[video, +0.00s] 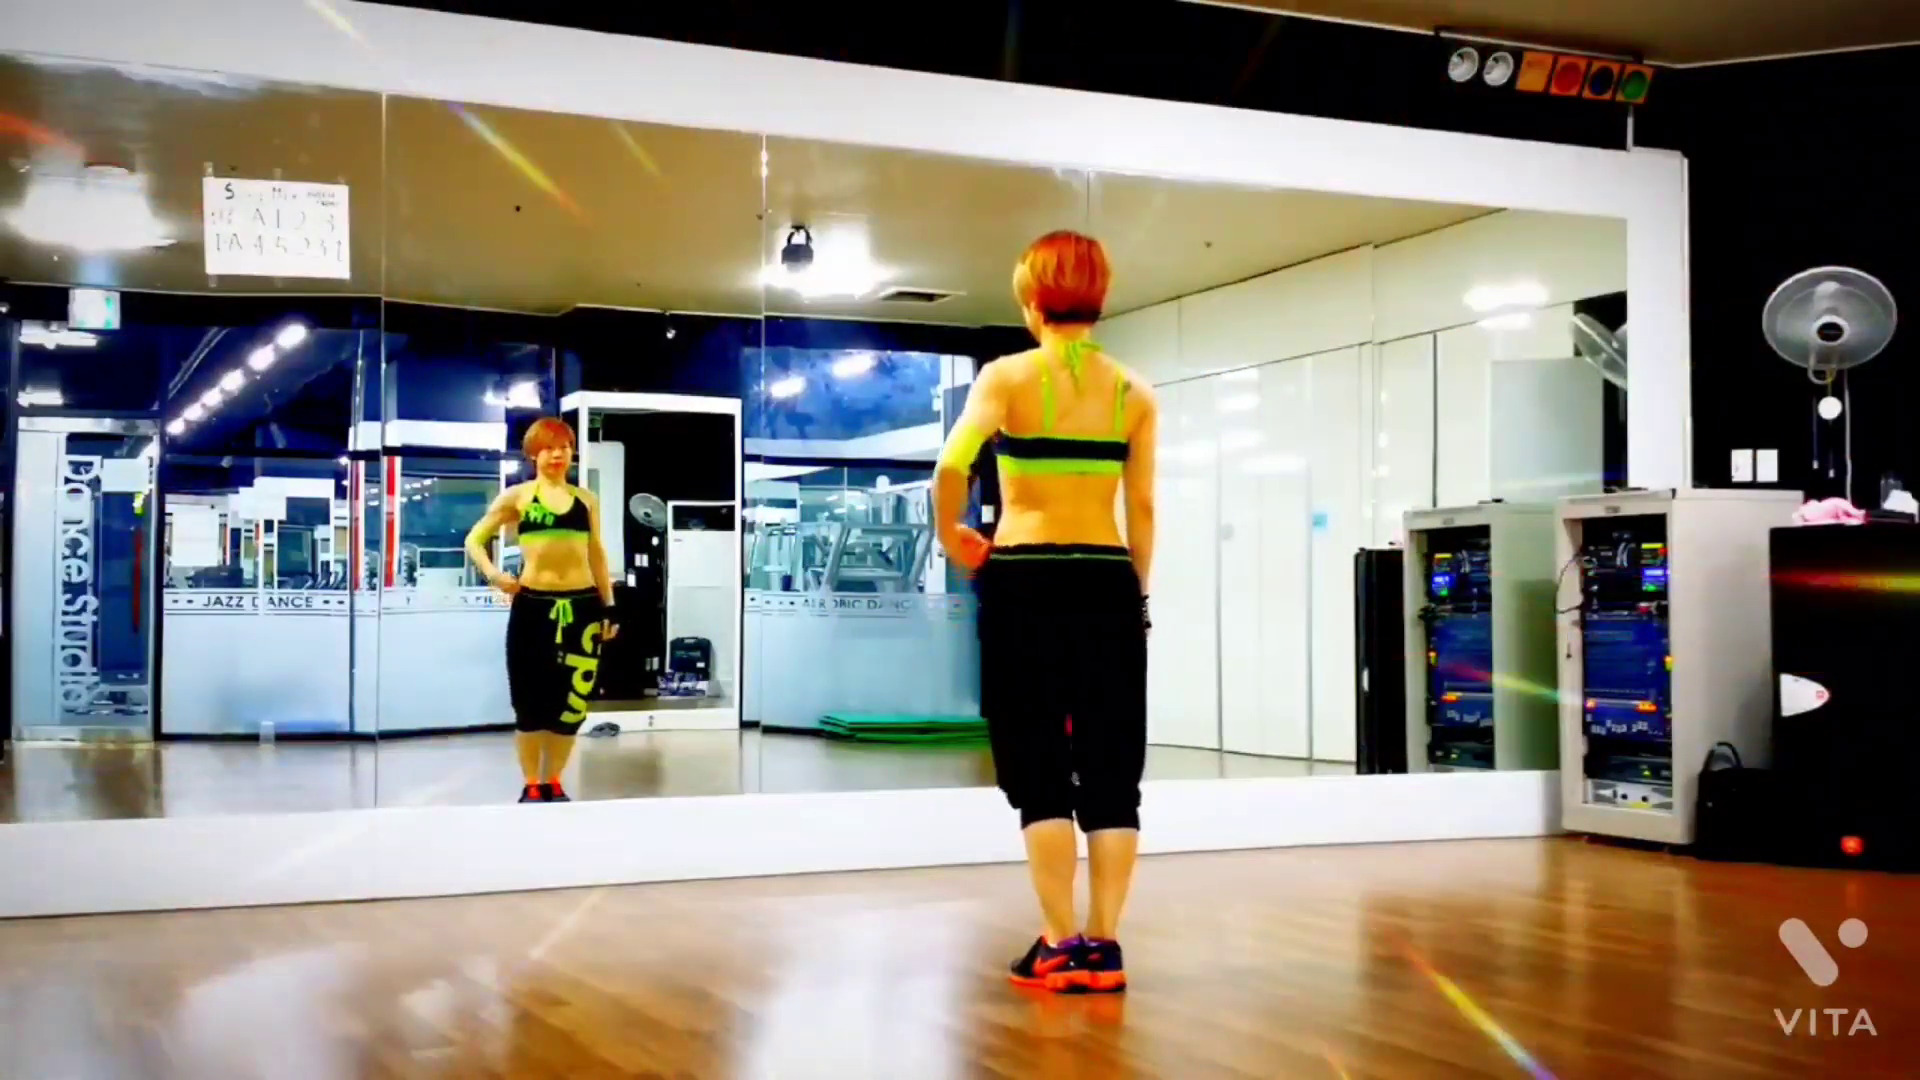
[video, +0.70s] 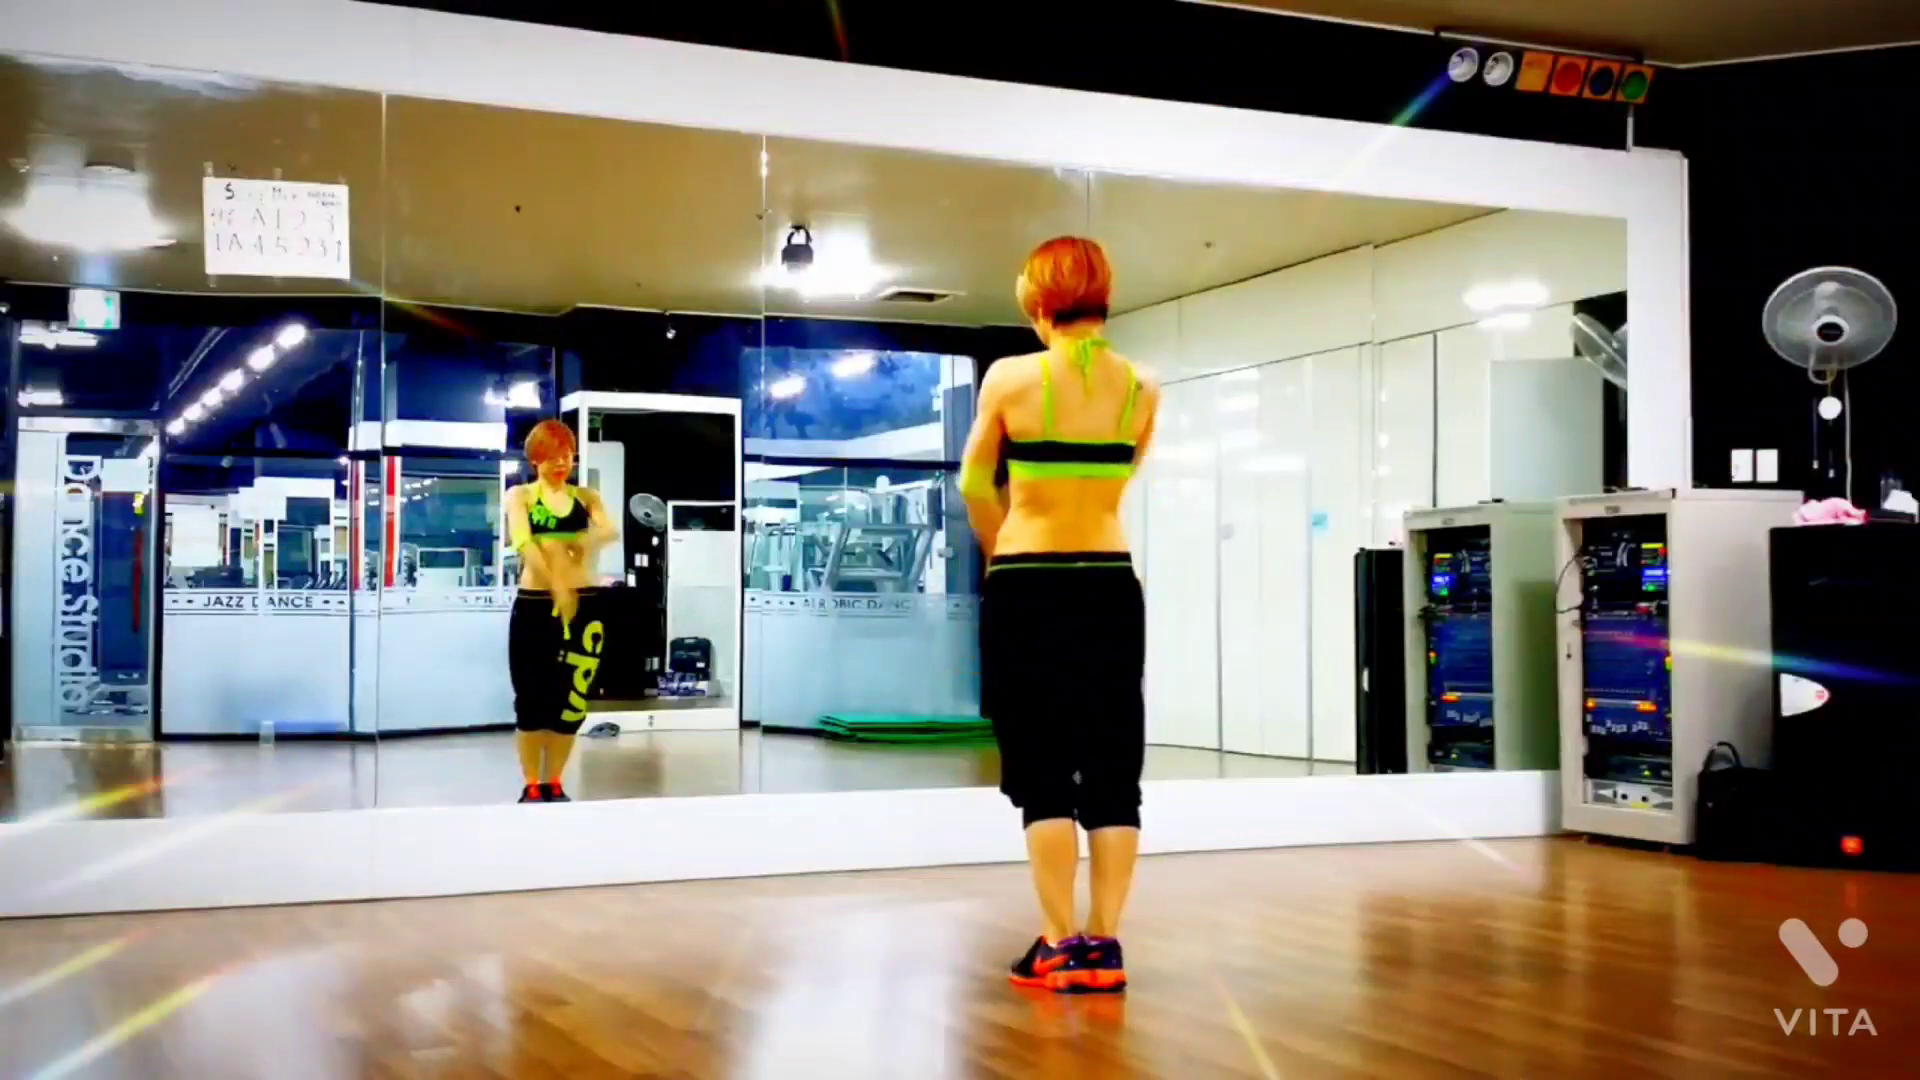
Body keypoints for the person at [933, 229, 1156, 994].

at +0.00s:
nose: (1023, 307)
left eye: (1024, 297)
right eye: (1031, 296)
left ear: (1032, 302)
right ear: (1100, 300)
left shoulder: (1004, 377)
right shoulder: (1133, 392)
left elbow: (952, 470)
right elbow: (1142, 504)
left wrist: (951, 536)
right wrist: (1137, 584)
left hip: (1021, 587)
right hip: (1107, 587)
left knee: (1034, 762)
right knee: (1114, 764)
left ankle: (1061, 938)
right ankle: (1104, 944)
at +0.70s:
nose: (1027, 311)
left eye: (1029, 301)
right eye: (1038, 300)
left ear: (1035, 305)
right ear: (1105, 301)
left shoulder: (1009, 378)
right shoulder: (1140, 389)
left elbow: (976, 488)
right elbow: (1123, 477)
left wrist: (1009, 548)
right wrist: (1057, 531)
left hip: (1025, 591)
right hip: (1108, 589)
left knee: (1040, 764)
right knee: (1114, 766)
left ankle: (1059, 939)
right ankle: (1103, 941)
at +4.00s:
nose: (1015, 312)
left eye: (1017, 302)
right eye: (1018, 303)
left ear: (1031, 302)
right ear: (1092, 299)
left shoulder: (1011, 358)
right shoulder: (1135, 366)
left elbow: (957, 400)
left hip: (1030, 586)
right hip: (1115, 584)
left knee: (1040, 767)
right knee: (1118, 767)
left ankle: (1061, 939)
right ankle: (1104, 942)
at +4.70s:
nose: (1035, 310)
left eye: (1038, 300)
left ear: (1038, 309)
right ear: (1110, 312)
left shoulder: (1008, 379)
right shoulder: (1132, 390)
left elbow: (916, 427)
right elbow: (1217, 437)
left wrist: (840, 475)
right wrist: (1294, 467)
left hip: (1025, 584)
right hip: (1107, 582)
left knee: (1026, 768)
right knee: (1098, 768)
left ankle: (1063, 940)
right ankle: (1102, 944)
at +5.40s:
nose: (1026, 333)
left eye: (1032, 322)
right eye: (1033, 320)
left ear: (1040, 334)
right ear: (1111, 333)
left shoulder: (1009, 409)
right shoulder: (1133, 416)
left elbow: (990, 460)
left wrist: (1013, 374)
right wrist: (1055, 377)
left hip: (1037, 616)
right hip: (1119, 613)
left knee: (1019, 791)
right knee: (1083, 796)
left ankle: (1059, 939)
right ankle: (1099, 941)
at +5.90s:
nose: (1020, 287)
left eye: (1025, 277)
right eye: (1088, 268)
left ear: (1031, 289)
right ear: (1106, 286)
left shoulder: (1019, 348)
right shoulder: (1125, 358)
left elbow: (995, 227)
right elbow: (1116, 245)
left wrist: (986, 125)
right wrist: (1096, 135)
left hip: (1026, 571)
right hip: (1107, 569)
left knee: (1039, 760)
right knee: (1119, 759)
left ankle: (1064, 939)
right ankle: (1103, 942)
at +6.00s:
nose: (1022, 290)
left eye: (1027, 281)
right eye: (1048, 279)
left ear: (1030, 290)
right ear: (1100, 292)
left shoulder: (1015, 346)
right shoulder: (1119, 357)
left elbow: (972, 230)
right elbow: (1147, 258)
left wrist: (926, 127)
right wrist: (1181, 147)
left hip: (1026, 570)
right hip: (1108, 569)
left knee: (1038, 757)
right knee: (1120, 758)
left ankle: (1064, 937)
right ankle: (1102, 942)